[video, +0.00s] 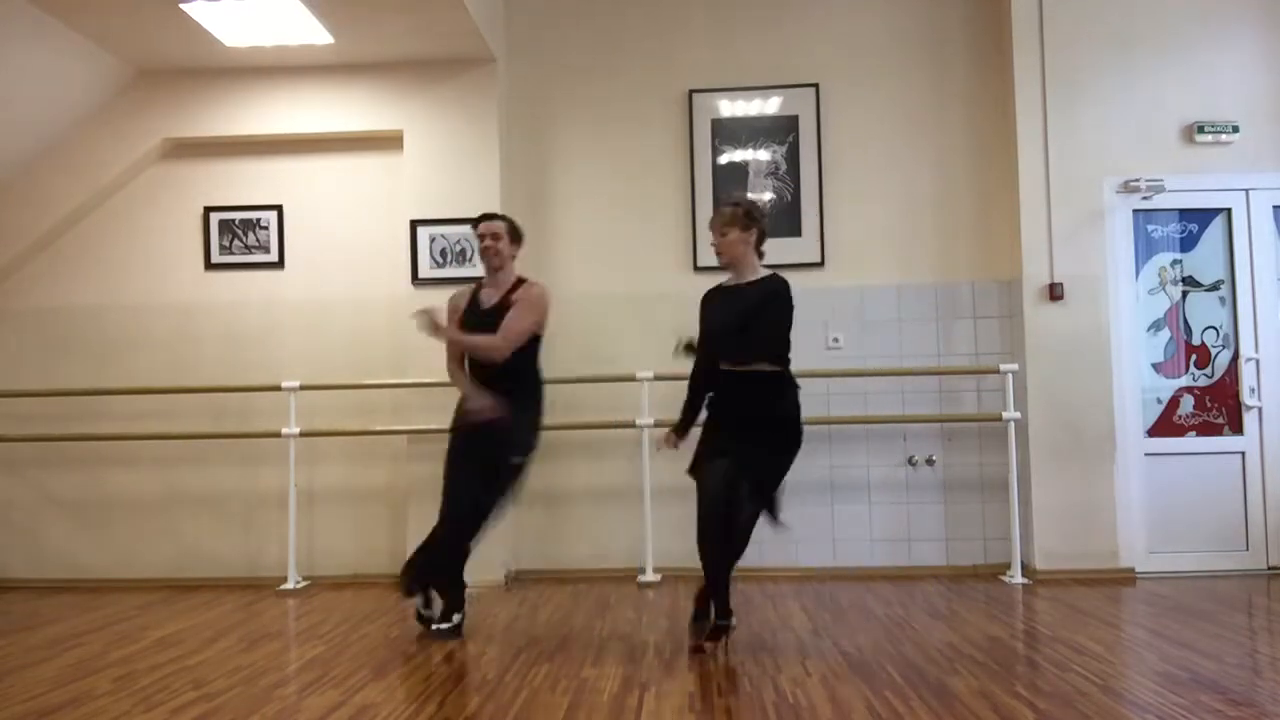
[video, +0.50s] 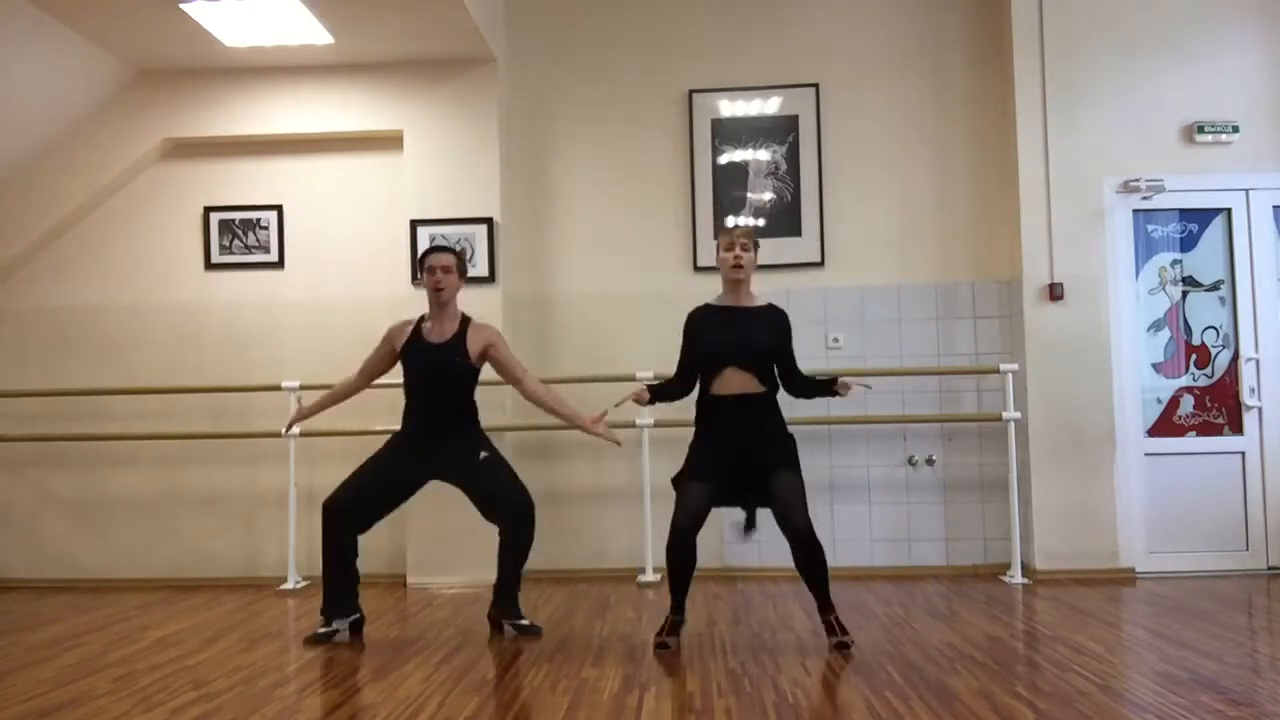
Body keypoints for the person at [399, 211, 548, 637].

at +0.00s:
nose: (488, 244)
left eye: (496, 238)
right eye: (482, 239)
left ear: (515, 246)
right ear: (475, 247)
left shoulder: (532, 295)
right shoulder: (462, 300)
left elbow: (501, 346)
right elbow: (455, 361)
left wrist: (445, 332)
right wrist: (470, 391)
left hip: (517, 412)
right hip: (474, 408)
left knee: (476, 506)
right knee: (456, 506)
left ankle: (421, 573)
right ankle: (451, 602)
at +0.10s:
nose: (474, 240)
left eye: (482, 233)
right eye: (467, 235)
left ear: (498, 241)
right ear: (459, 244)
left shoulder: (515, 285)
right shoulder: (449, 293)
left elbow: (506, 341)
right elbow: (436, 355)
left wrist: (449, 323)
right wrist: (487, 357)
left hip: (498, 400)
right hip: (456, 398)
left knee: (476, 496)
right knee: (431, 504)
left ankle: (428, 530)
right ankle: (450, 602)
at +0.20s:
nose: (464, 242)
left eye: (472, 235)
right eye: (457, 237)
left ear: (488, 242)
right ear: (449, 245)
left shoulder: (505, 285)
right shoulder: (440, 292)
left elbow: (538, 331)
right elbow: (406, 346)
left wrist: (477, 328)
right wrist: (449, 357)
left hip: (490, 401)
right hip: (446, 397)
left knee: (490, 488)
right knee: (407, 481)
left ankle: (457, 514)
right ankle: (425, 583)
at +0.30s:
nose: (453, 251)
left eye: (461, 244)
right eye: (446, 245)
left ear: (476, 252)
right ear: (436, 255)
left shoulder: (497, 298)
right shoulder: (422, 306)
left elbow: (547, 332)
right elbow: (388, 357)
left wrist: (560, 367)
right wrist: (344, 392)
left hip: (480, 422)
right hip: (430, 421)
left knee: (519, 493)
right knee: (370, 497)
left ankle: (496, 586)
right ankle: (361, 599)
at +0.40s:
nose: (444, 273)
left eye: (453, 266)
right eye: (437, 266)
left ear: (468, 275)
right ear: (428, 275)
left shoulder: (489, 332)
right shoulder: (409, 331)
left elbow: (538, 380)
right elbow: (362, 380)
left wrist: (594, 408)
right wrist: (309, 410)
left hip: (473, 448)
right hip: (417, 446)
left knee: (525, 513)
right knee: (345, 512)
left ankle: (508, 610)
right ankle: (343, 613)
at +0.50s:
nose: (437, 278)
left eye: (445, 270)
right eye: (430, 271)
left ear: (461, 279)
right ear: (421, 281)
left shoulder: (482, 337)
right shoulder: (403, 334)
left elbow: (533, 388)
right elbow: (358, 380)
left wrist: (584, 421)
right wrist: (306, 410)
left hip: (466, 450)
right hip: (411, 449)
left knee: (519, 513)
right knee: (338, 511)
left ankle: (505, 608)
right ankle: (343, 614)